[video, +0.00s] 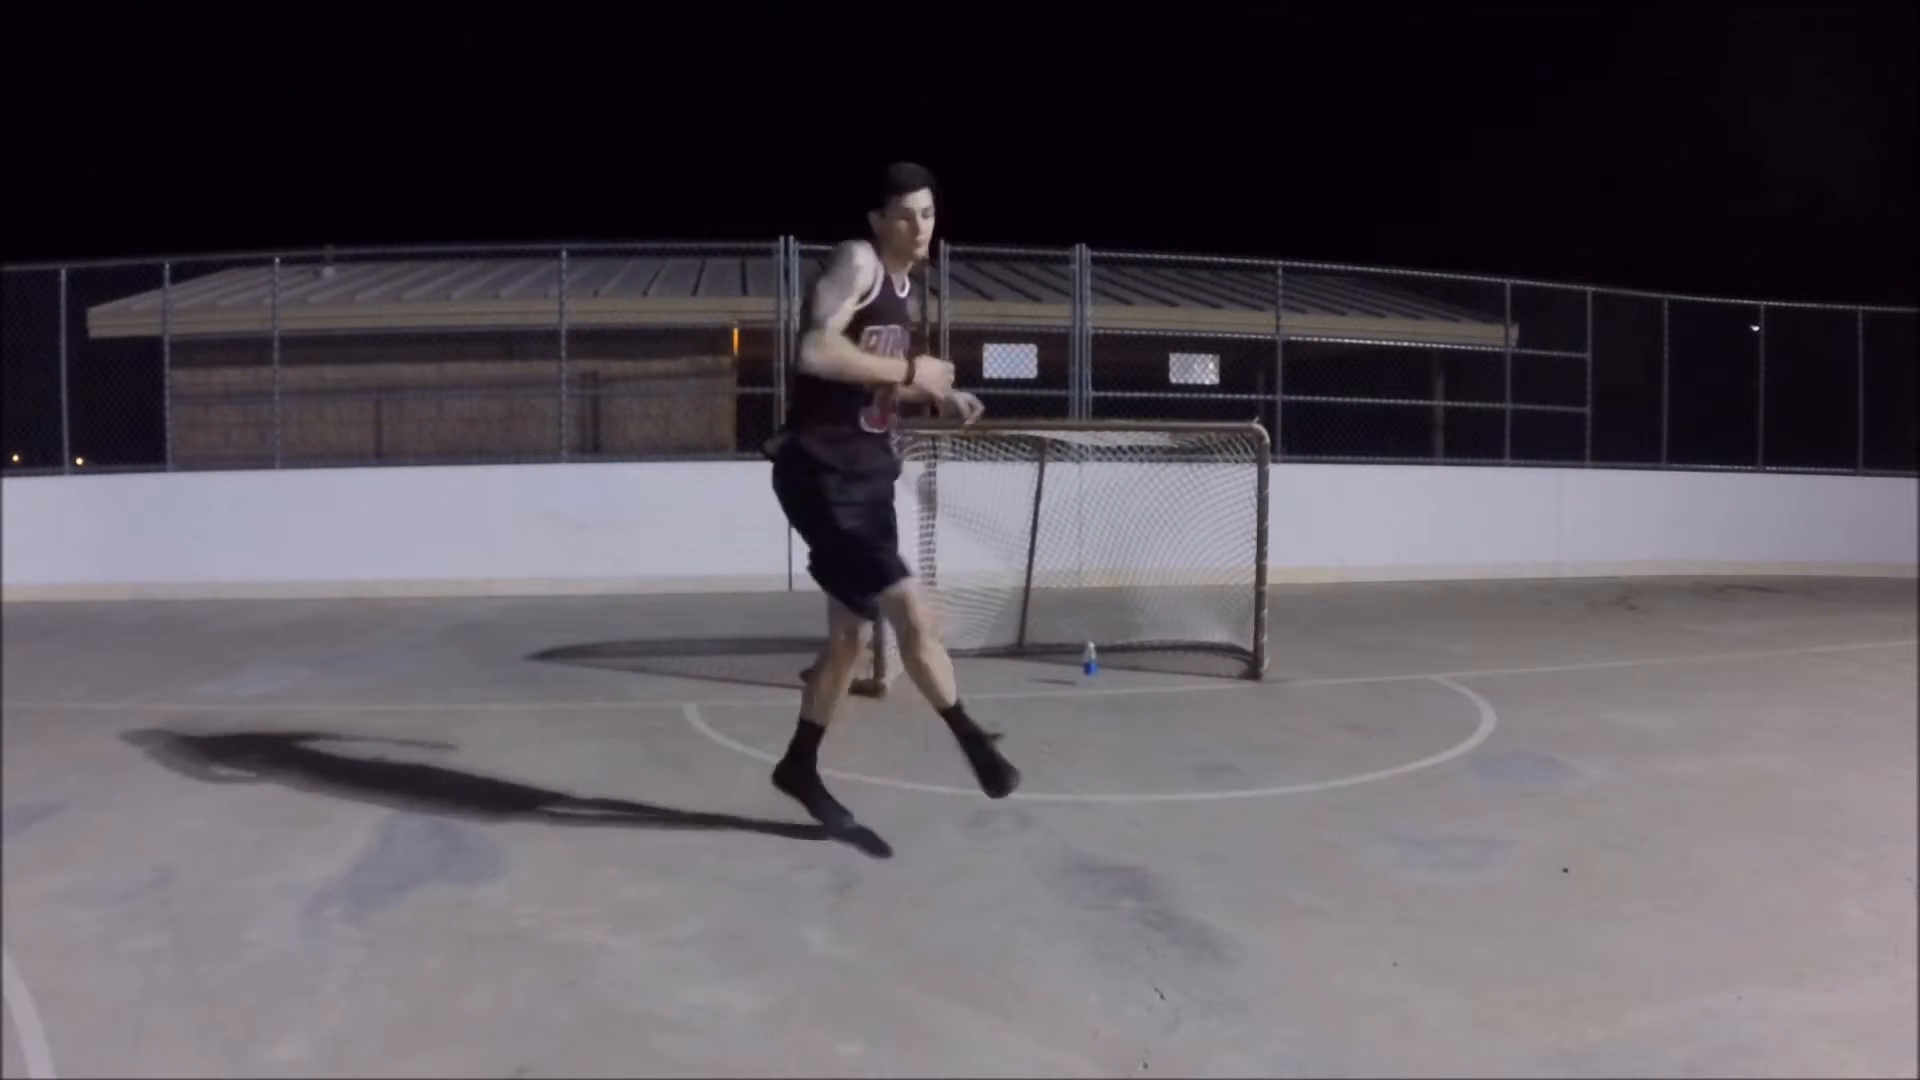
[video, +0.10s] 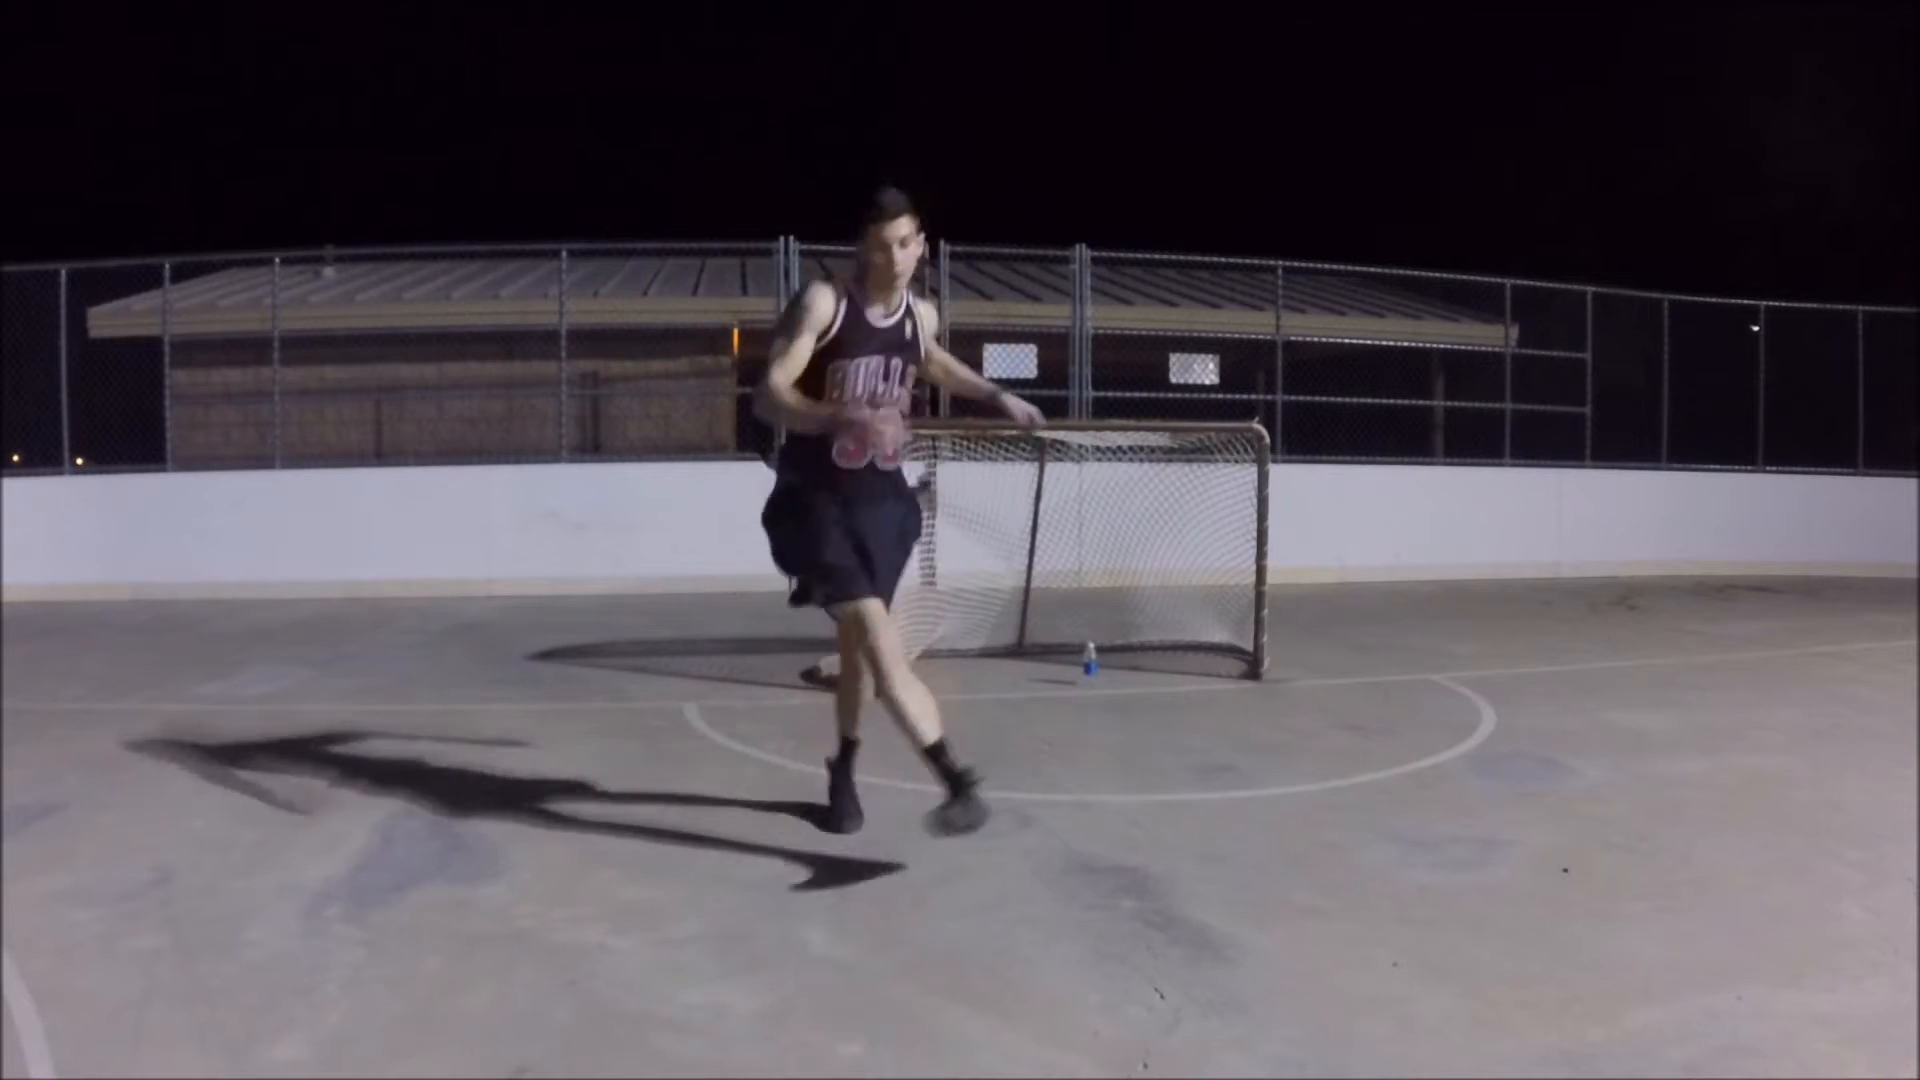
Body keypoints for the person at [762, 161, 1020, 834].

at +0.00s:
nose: (922, 227)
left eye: (928, 216)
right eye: (908, 216)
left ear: (933, 222)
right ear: (878, 221)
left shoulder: (905, 280)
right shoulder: (856, 261)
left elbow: (875, 377)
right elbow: (814, 353)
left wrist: (937, 397)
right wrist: (911, 371)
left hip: (868, 467)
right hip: (821, 467)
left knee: (849, 636)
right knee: (913, 612)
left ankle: (797, 766)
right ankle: (972, 738)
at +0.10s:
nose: (897, 257)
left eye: (906, 244)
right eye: (885, 246)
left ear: (921, 245)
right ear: (863, 247)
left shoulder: (920, 313)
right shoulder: (823, 302)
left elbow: (932, 362)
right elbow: (770, 393)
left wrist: (997, 395)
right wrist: (840, 418)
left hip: (884, 492)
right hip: (816, 493)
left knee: (857, 636)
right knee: (874, 626)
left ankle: (842, 775)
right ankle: (956, 781)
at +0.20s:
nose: (879, 293)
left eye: (887, 279)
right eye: (866, 283)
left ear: (902, 276)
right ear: (842, 282)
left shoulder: (924, 343)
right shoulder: (810, 347)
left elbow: (994, 380)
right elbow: (752, 412)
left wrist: (1072, 393)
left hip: (890, 547)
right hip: (820, 546)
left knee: (869, 693)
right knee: (831, 690)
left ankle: (843, 782)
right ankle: (878, 843)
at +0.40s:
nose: (836, 273)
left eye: (844, 257)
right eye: (822, 261)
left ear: (867, 240)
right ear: (805, 256)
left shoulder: (926, 294)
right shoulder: (798, 318)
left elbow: (1019, 324)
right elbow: (723, 376)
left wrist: (1078, 318)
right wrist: (643, 395)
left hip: (914, 503)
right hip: (833, 504)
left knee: (897, 672)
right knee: (818, 664)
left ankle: (884, 706)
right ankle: (770, 814)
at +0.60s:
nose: (846, 263)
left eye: (851, 243)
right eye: (829, 252)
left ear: (877, 224)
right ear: (815, 253)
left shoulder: (940, 276)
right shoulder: (826, 302)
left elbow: (1050, 323)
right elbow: (740, 327)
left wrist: (1035, 282)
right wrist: (658, 288)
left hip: (951, 484)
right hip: (879, 489)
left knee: (905, 637)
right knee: (850, 662)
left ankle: (970, 758)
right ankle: (868, 804)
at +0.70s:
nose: (851, 268)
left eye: (859, 251)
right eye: (839, 257)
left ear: (894, 232)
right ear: (829, 258)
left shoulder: (954, 283)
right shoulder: (855, 306)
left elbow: (1072, 329)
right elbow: (771, 328)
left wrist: (1012, 274)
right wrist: (704, 276)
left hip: (973, 497)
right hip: (910, 501)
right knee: (914, 672)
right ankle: (1027, 799)